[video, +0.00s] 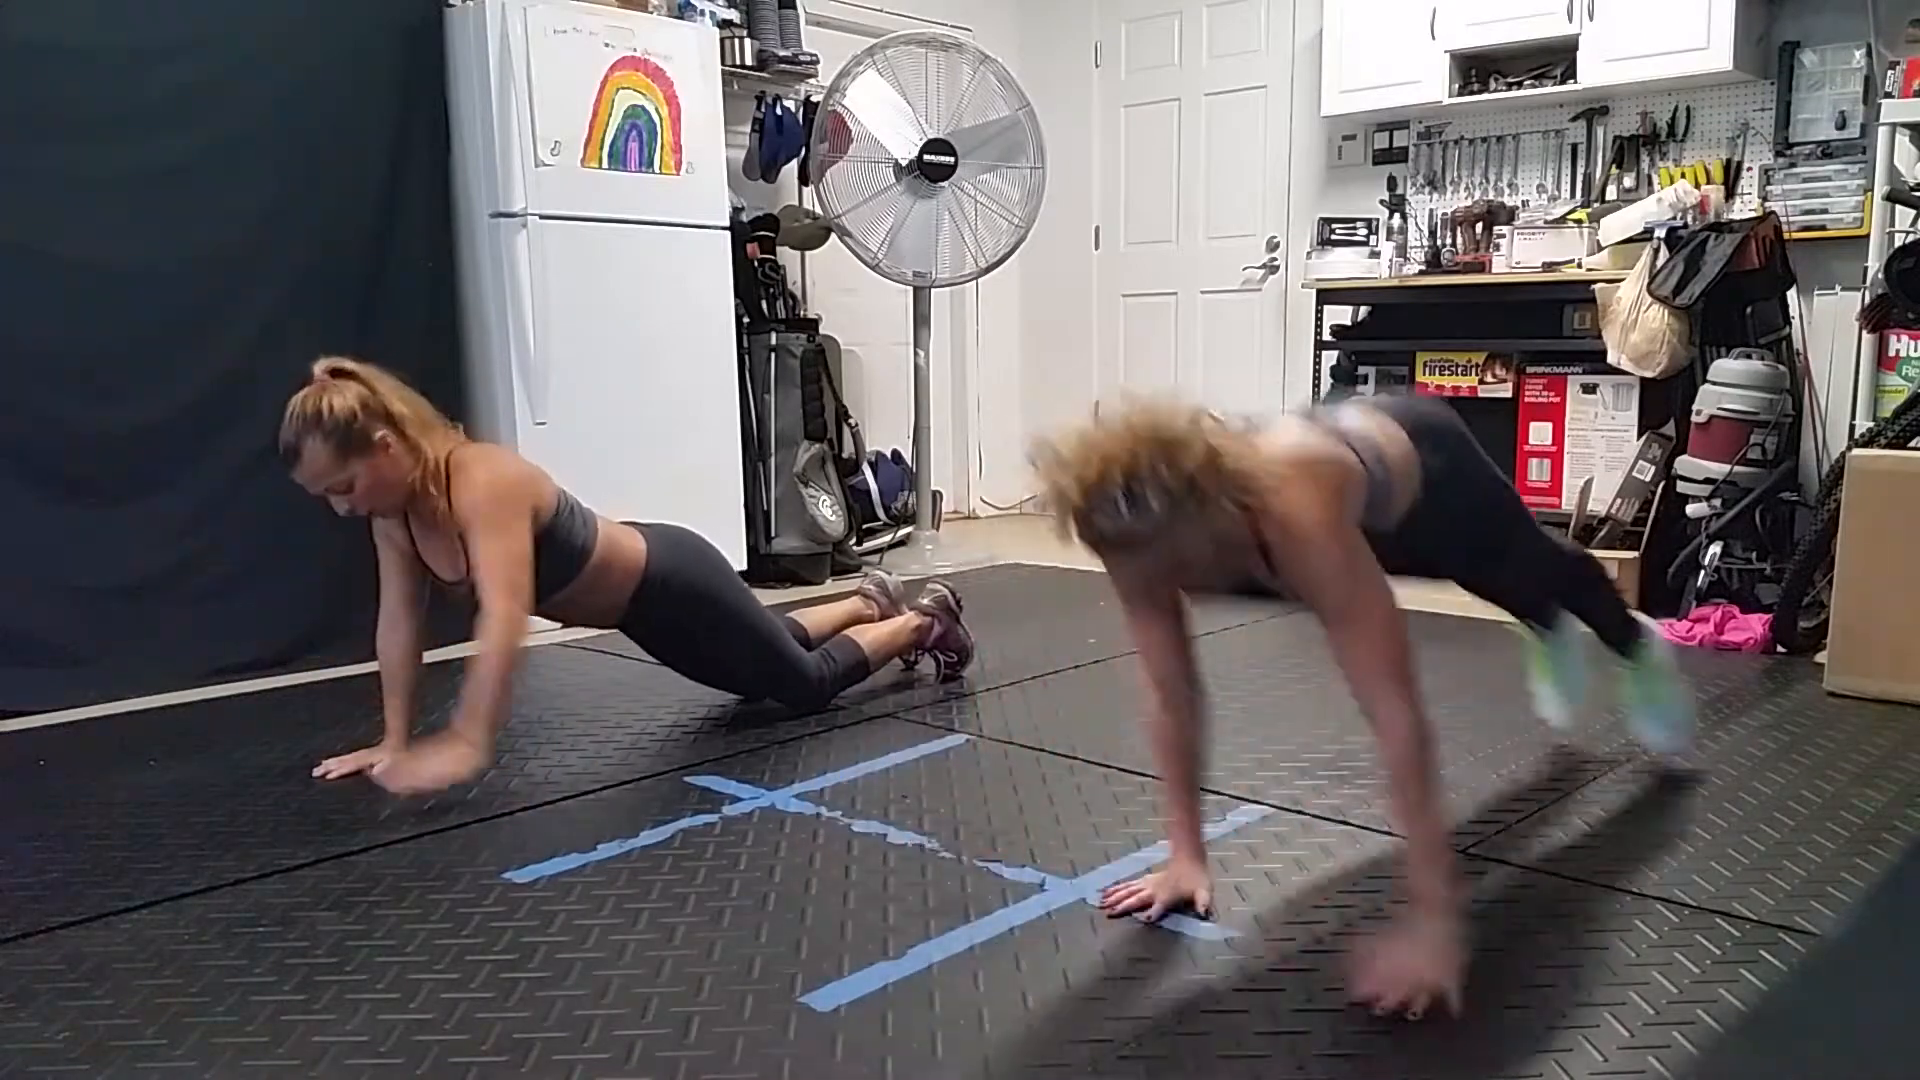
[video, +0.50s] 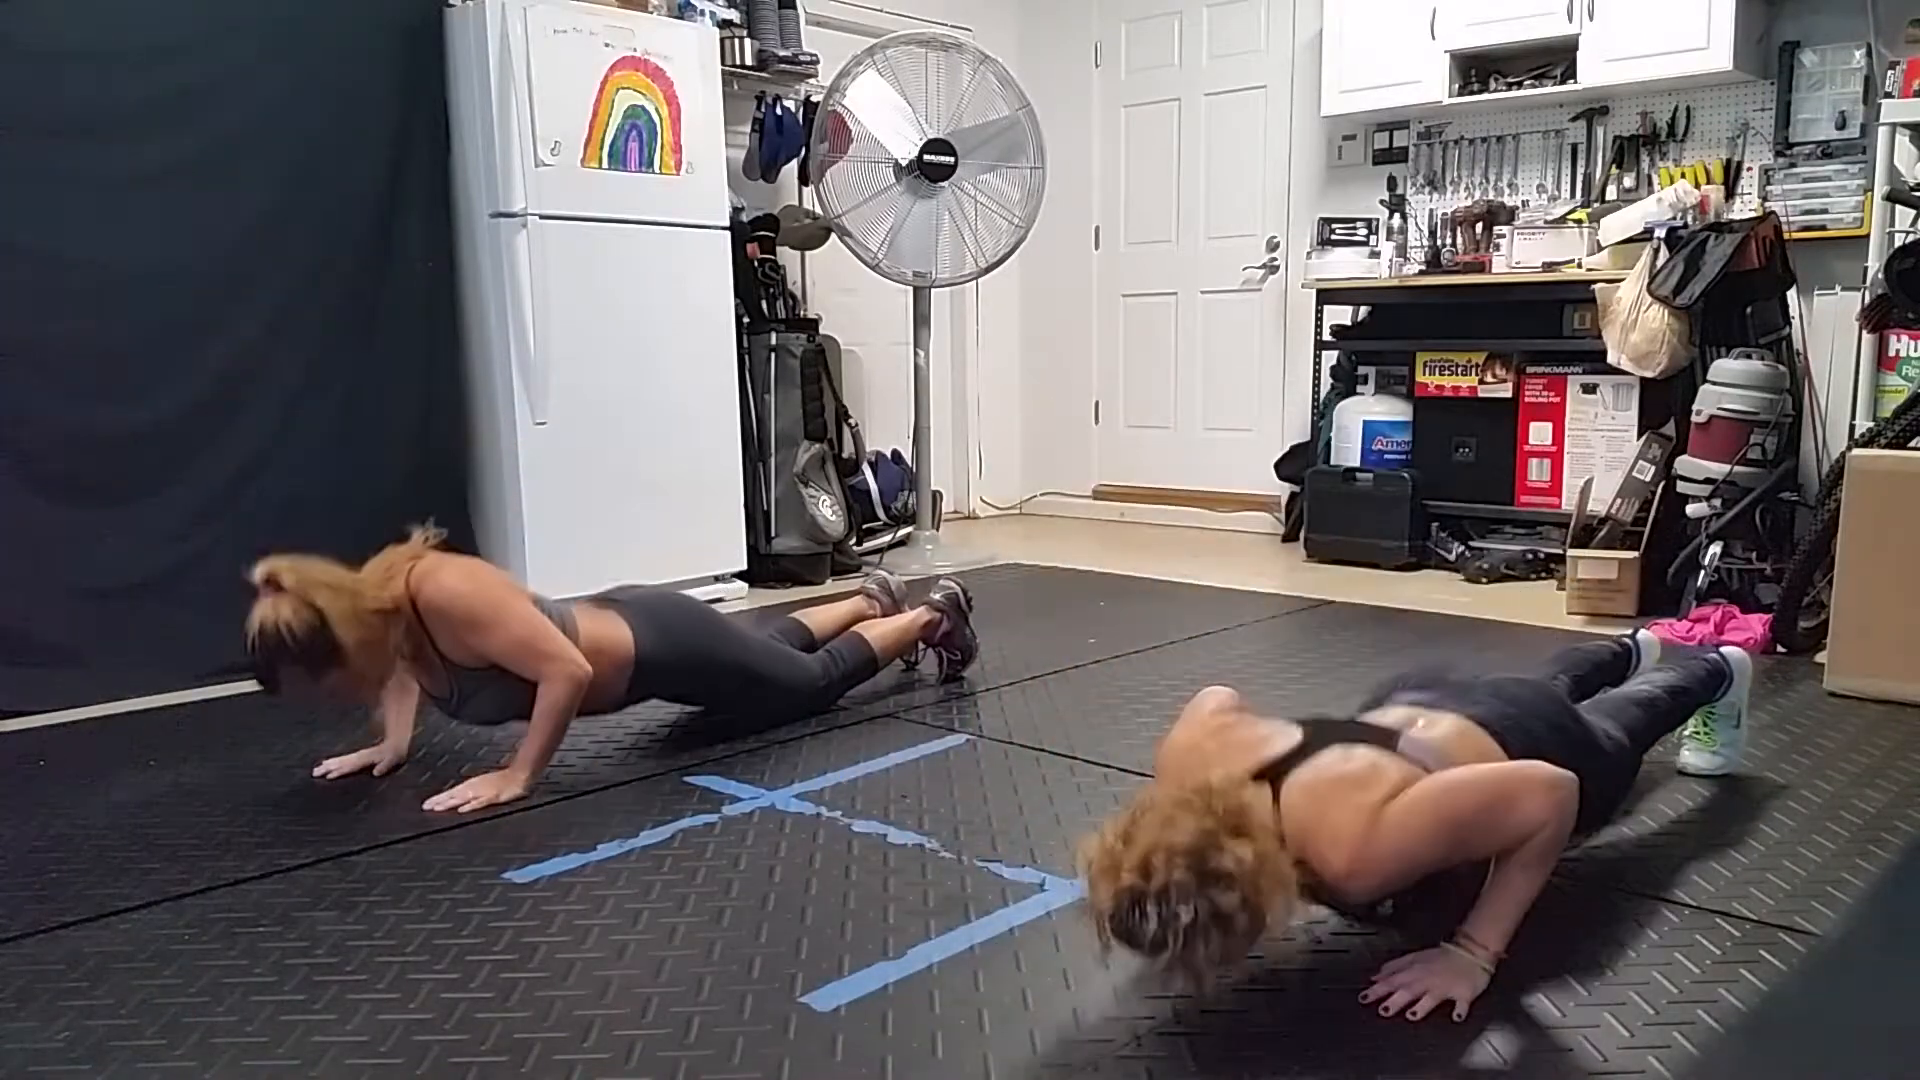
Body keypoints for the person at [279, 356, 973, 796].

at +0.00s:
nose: (344, 506)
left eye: (343, 486)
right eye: (330, 496)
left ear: (384, 439)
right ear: (350, 468)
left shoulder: (483, 483)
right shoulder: (396, 501)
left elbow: (507, 617)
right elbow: (399, 613)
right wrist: (393, 738)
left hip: (675, 587)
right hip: (643, 595)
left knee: (808, 680)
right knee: (764, 652)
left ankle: (920, 627)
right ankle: (869, 601)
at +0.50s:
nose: (330, 697)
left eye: (322, 684)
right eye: (315, 692)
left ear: (337, 645)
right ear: (334, 635)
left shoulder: (447, 593)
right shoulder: (386, 607)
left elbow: (564, 670)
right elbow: (399, 673)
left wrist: (515, 775)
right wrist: (389, 742)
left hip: (666, 646)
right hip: (631, 625)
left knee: (819, 677)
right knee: (764, 640)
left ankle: (927, 618)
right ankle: (869, 595)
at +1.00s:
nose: (342, 549)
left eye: (346, 531)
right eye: (334, 534)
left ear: (387, 505)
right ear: (377, 507)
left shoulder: (504, 520)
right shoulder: (415, 536)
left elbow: (547, 657)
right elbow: (408, 639)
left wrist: (517, 774)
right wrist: (394, 742)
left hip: (683, 624)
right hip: (643, 606)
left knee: (819, 678)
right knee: (768, 634)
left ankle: (932, 618)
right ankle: (874, 595)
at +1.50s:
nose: (416, 429)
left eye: (434, 414)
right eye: (415, 410)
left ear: (497, 412)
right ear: (433, 408)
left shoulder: (542, 508)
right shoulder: (463, 443)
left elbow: (539, 650)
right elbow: (332, 376)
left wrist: (518, 773)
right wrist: (212, 306)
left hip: (709, 599)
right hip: (679, 567)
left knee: (830, 687)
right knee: (787, 634)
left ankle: (931, 621)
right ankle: (878, 598)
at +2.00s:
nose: (369, 463)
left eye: (383, 445)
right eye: (365, 445)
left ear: (453, 438)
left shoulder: (522, 513)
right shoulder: (433, 504)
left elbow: (542, 655)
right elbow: (422, 618)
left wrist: (518, 772)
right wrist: (397, 732)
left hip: (702, 603)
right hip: (666, 581)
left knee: (832, 676)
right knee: (780, 641)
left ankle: (937, 607)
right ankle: (884, 591)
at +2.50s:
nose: (314, 685)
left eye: (307, 671)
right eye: (299, 675)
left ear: (337, 632)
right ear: (333, 630)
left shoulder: (449, 609)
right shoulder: (383, 614)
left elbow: (561, 672)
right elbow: (392, 665)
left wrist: (516, 774)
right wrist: (398, 734)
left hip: (657, 652)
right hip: (618, 629)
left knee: (814, 678)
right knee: (760, 643)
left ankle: (914, 613)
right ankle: (865, 597)